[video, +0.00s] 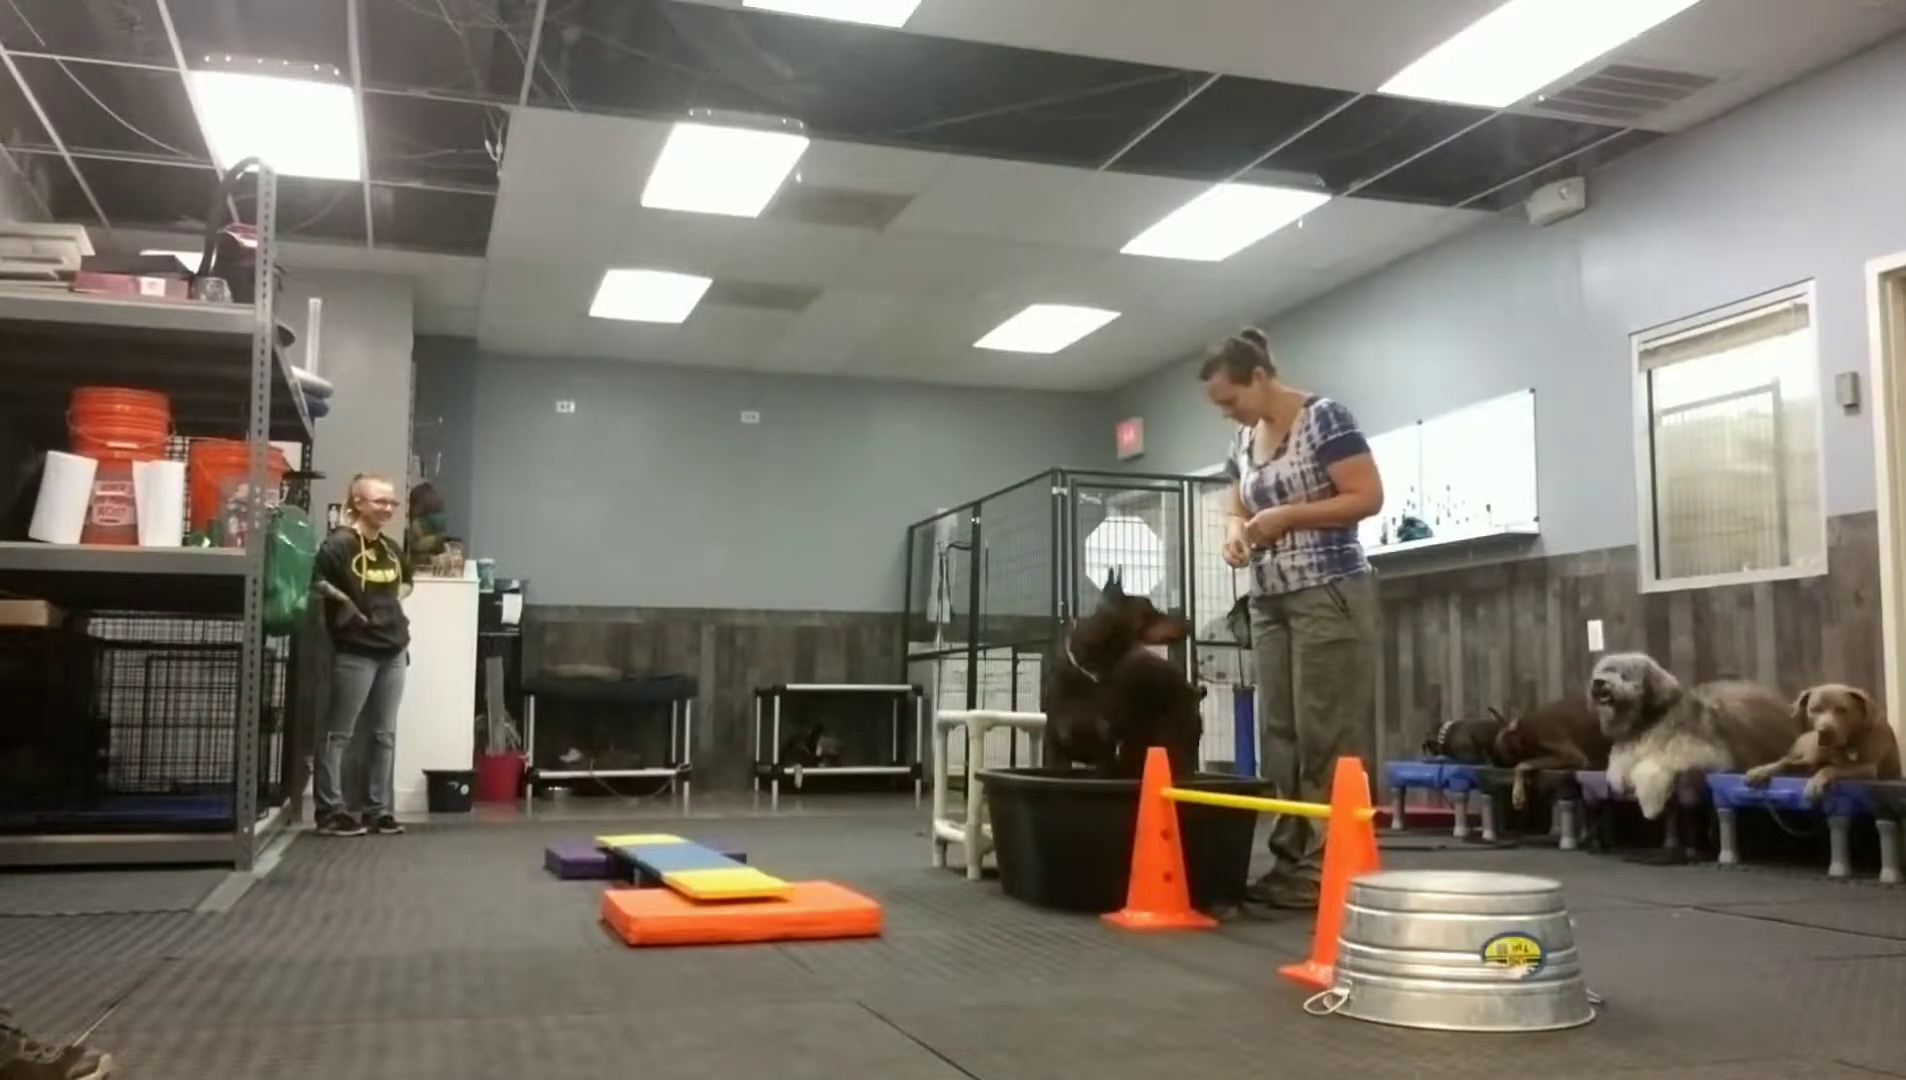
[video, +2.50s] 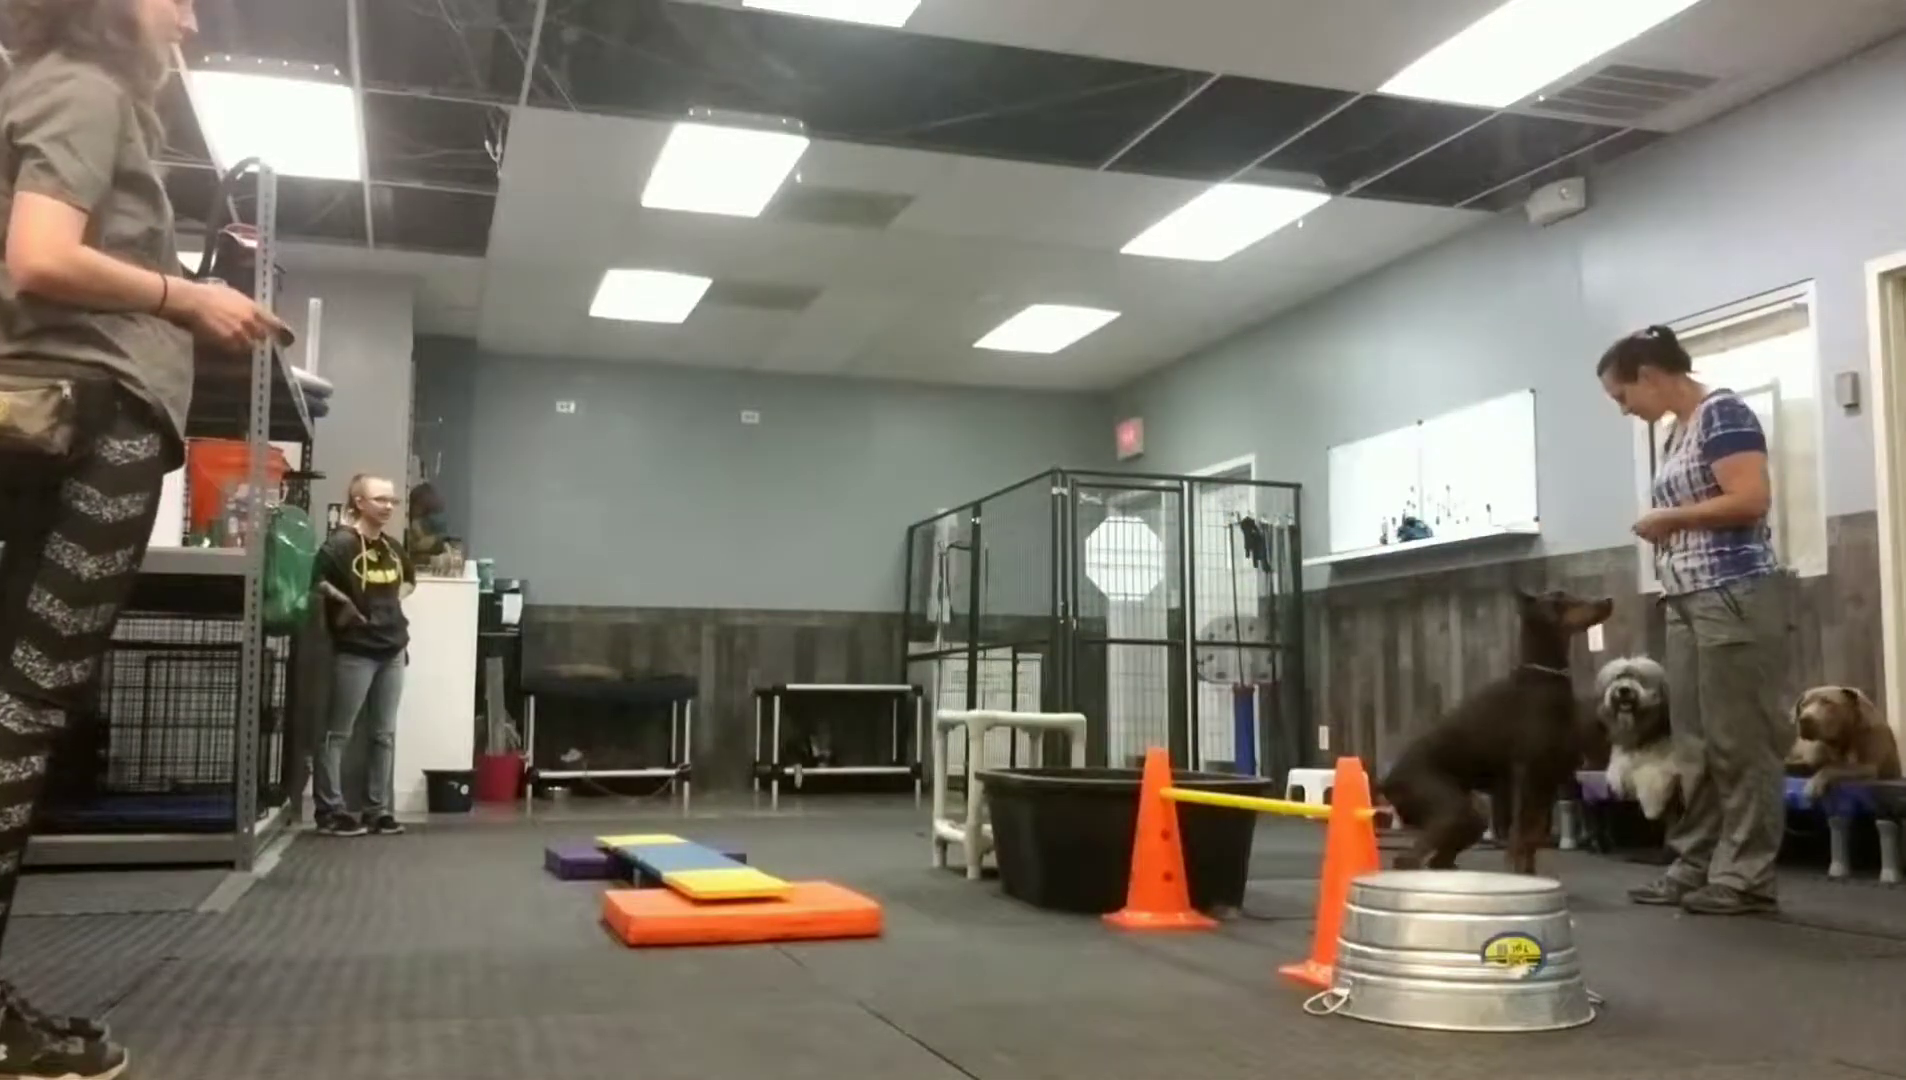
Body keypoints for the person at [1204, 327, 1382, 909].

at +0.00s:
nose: (1228, 413)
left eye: (1230, 400)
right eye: (1221, 405)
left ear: (1260, 378)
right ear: (1240, 391)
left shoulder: (1323, 417)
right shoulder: (1247, 445)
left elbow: (1367, 498)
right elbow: (1240, 512)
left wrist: (1286, 517)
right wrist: (1237, 531)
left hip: (1329, 595)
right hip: (1272, 601)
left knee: (1327, 731)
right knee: (1281, 731)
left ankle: (1331, 867)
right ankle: (1292, 861)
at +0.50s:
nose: (1300, 423)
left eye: (1300, 409)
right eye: (1293, 414)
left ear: (1330, 388)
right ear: (1321, 398)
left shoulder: (1392, 427)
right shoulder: (1332, 456)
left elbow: (1427, 509)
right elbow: (1349, 531)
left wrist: (1341, 523)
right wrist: (1300, 542)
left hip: (1388, 602)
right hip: (1336, 607)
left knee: (1387, 740)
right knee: (1311, 729)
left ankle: (1462, 867)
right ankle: (1298, 867)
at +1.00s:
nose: (1517, 416)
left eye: (1518, 403)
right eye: (1512, 407)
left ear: (1549, 385)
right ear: (1546, 391)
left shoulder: (1613, 426)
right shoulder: (1554, 454)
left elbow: (1656, 501)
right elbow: (1583, 523)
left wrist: (1570, 524)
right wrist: (1542, 528)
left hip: (1622, 598)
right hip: (1575, 607)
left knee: (1580, 714)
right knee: (1600, 727)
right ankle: (1643, 859)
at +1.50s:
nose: (1631, 389)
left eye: (1636, 376)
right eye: (1627, 379)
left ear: (1672, 363)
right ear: (1665, 368)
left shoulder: (1732, 415)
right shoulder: (1667, 435)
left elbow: (1763, 499)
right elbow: (1682, 523)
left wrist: (1672, 514)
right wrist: (1646, 573)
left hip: (1720, 597)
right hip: (1669, 603)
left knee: (1721, 738)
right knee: (1672, 743)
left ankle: (1746, 875)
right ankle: (1692, 867)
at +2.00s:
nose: (1626, 409)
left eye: (1625, 395)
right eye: (1620, 399)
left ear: (1654, 375)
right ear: (1653, 380)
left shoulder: (1723, 411)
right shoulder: (1669, 437)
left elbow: (1758, 494)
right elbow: (1689, 518)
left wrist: (1671, 514)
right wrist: (1657, 536)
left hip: (1724, 597)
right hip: (1675, 602)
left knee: (1728, 740)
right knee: (1686, 743)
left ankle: (1746, 877)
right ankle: (1694, 866)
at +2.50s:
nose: (1626, 410)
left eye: (1623, 396)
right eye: (1619, 401)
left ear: (1650, 374)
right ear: (1650, 380)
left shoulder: (1721, 412)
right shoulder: (1677, 435)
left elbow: (1751, 500)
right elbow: (1702, 512)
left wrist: (1670, 517)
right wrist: (1664, 528)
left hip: (1736, 599)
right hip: (1689, 603)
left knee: (1742, 740)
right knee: (1694, 740)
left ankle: (1746, 879)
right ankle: (1694, 865)